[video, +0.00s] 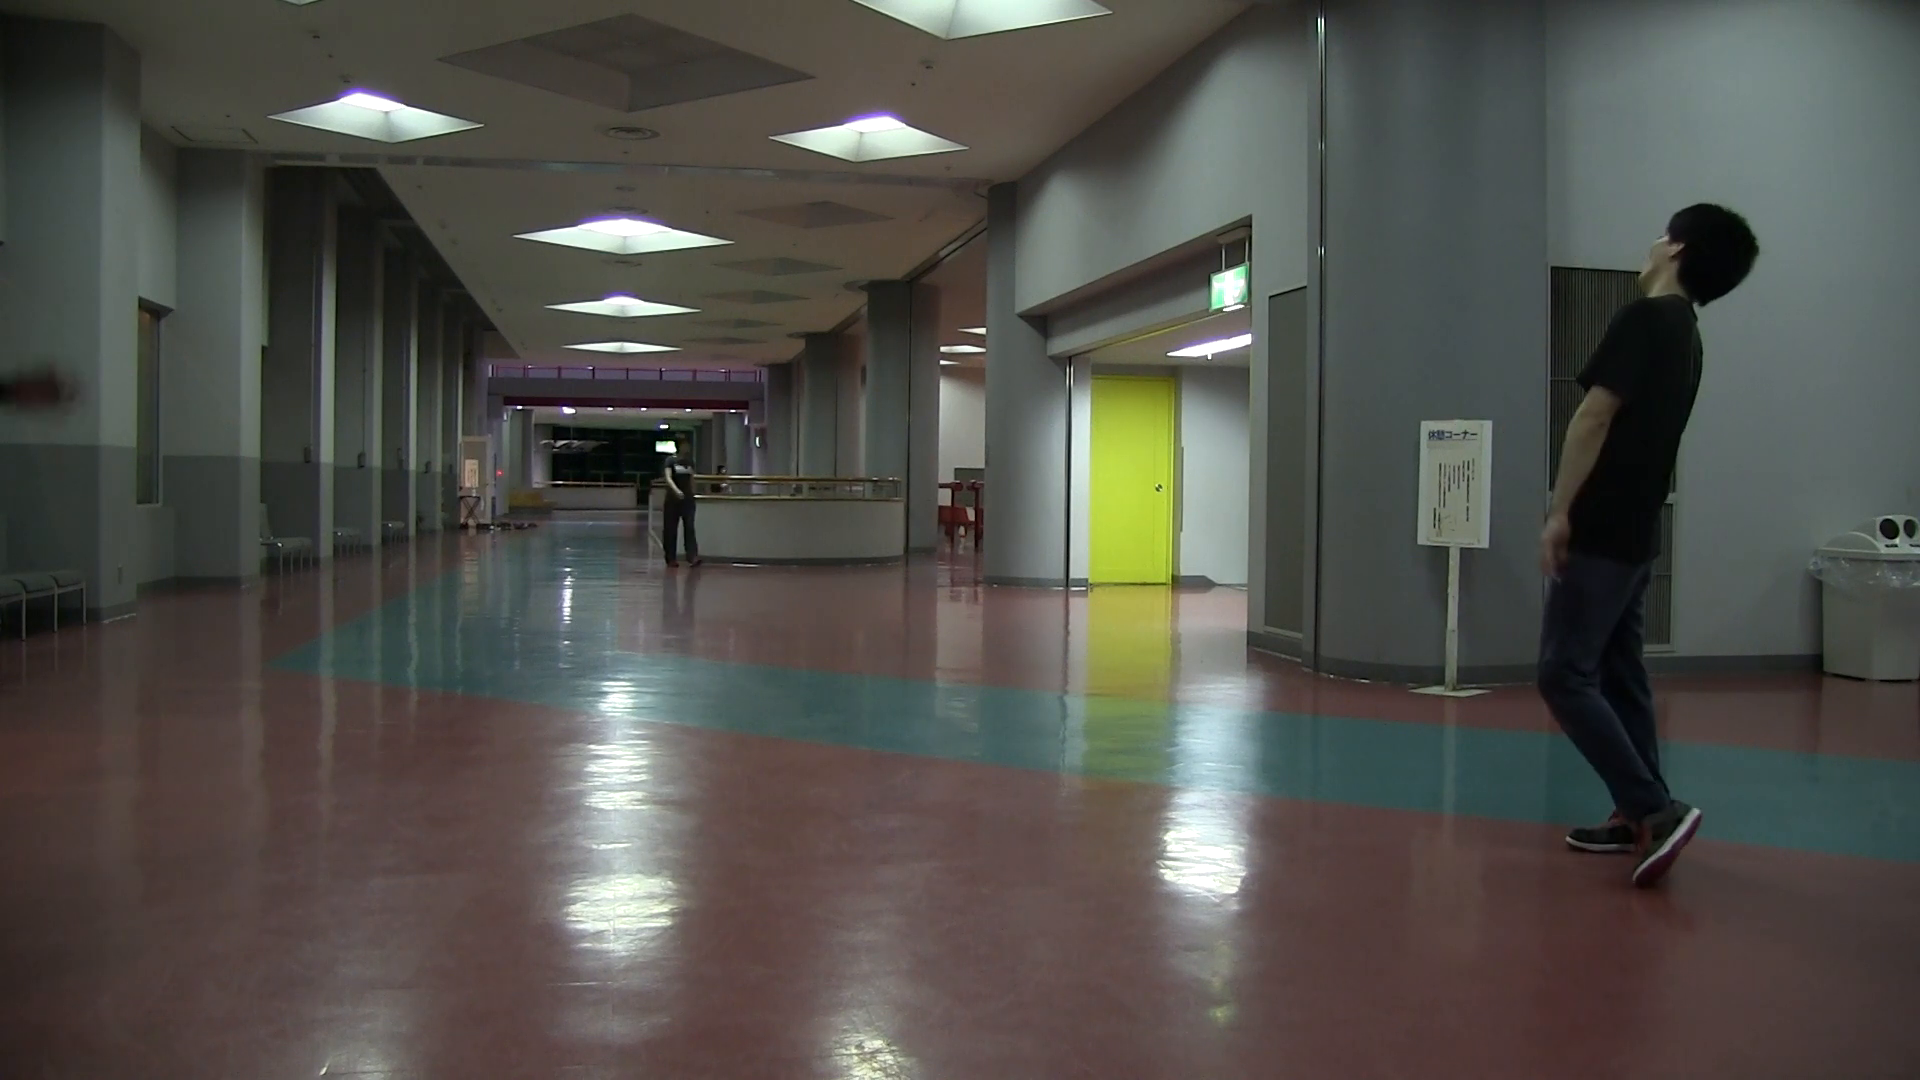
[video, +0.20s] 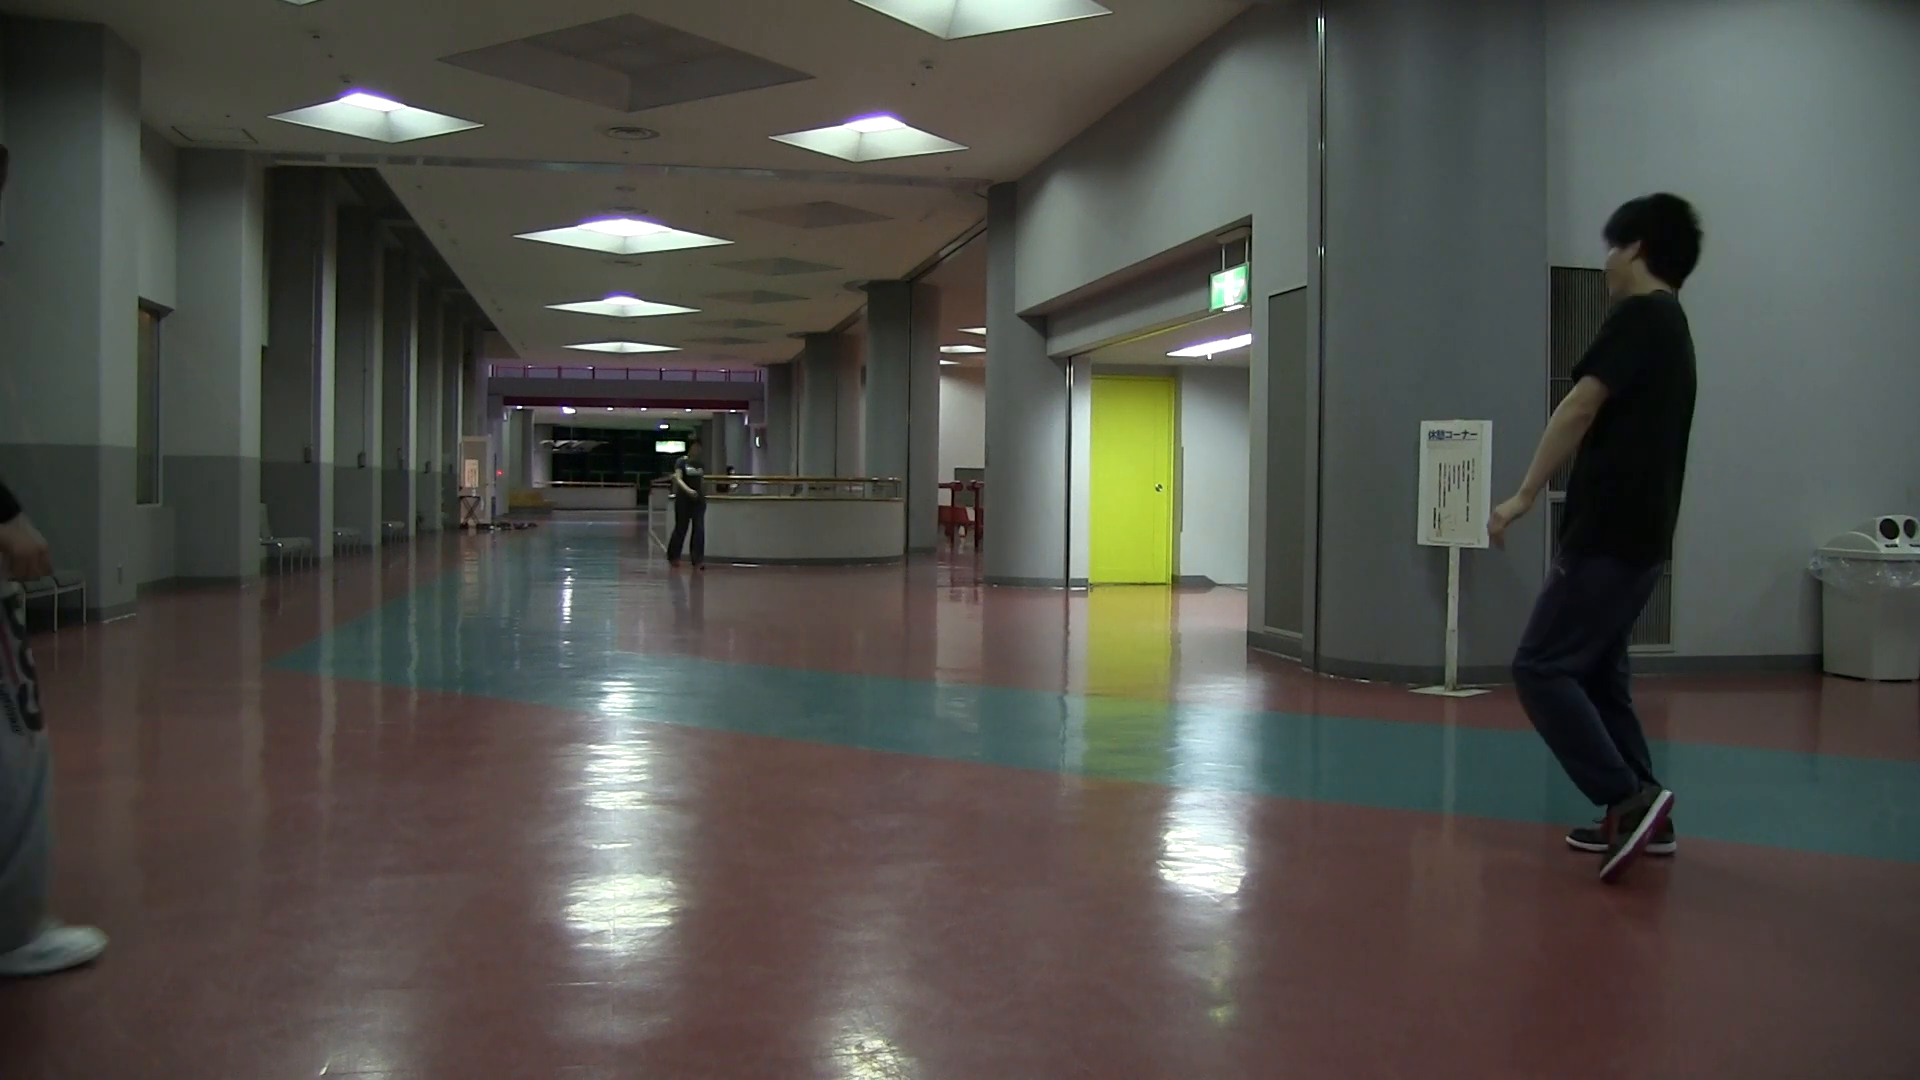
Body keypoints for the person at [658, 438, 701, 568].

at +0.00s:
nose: (686, 448)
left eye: (687, 446)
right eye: (683, 446)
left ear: (689, 447)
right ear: (678, 447)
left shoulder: (690, 462)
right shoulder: (670, 461)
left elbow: (692, 479)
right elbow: (668, 478)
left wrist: (692, 492)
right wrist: (677, 491)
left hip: (687, 499)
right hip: (673, 500)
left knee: (689, 529)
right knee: (670, 530)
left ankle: (692, 557)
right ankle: (671, 558)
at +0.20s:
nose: (697, 452)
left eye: (698, 449)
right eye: (694, 449)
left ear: (700, 451)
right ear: (690, 450)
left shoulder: (700, 465)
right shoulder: (681, 463)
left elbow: (700, 482)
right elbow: (677, 478)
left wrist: (702, 495)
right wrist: (689, 490)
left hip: (698, 501)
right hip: (684, 501)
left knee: (698, 530)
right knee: (681, 528)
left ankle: (697, 559)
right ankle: (673, 556)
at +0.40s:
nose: (706, 449)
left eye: (708, 446)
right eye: (704, 446)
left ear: (710, 448)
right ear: (699, 446)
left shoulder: (711, 462)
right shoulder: (689, 461)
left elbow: (715, 481)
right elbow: (684, 481)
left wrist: (718, 498)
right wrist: (683, 500)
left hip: (707, 500)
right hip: (693, 500)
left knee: (702, 529)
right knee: (696, 529)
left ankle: (699, 559)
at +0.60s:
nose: (717, 452)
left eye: (718, 449)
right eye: (714, 449)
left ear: (720, 451)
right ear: (708, 450)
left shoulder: (719, 466)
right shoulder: (699, 465)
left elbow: (727, 479)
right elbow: (689, 482)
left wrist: (736, 486)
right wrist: (681, 499)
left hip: (716, 503)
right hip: (702, 504)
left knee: (706, 532)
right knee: (709, 532)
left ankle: (698, 560)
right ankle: (716, 561)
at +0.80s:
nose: (728, 449)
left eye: (729, 446)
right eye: (726, 446)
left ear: (730, 447)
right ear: (719, 447)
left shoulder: (730, 464)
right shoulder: (709, 463)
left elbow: (736, 481)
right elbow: (703, 482)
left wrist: (744, 495)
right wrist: (700, 500)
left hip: (727, 501)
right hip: (713, 501)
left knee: (730, 529)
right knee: (718, 531)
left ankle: (713, 551)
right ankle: (721, 562)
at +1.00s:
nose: (740, 449)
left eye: (741, 446)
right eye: (738, 445)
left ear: (741, 446)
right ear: (731, 445)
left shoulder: (740, 462)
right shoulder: (722, 460)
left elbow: (742, 480)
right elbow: (720, 479)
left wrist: (745, 495)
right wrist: (730, 494)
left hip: (739, 498)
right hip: (724, 499)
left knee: (744, 531)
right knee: (721, 532)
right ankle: (720, 562)